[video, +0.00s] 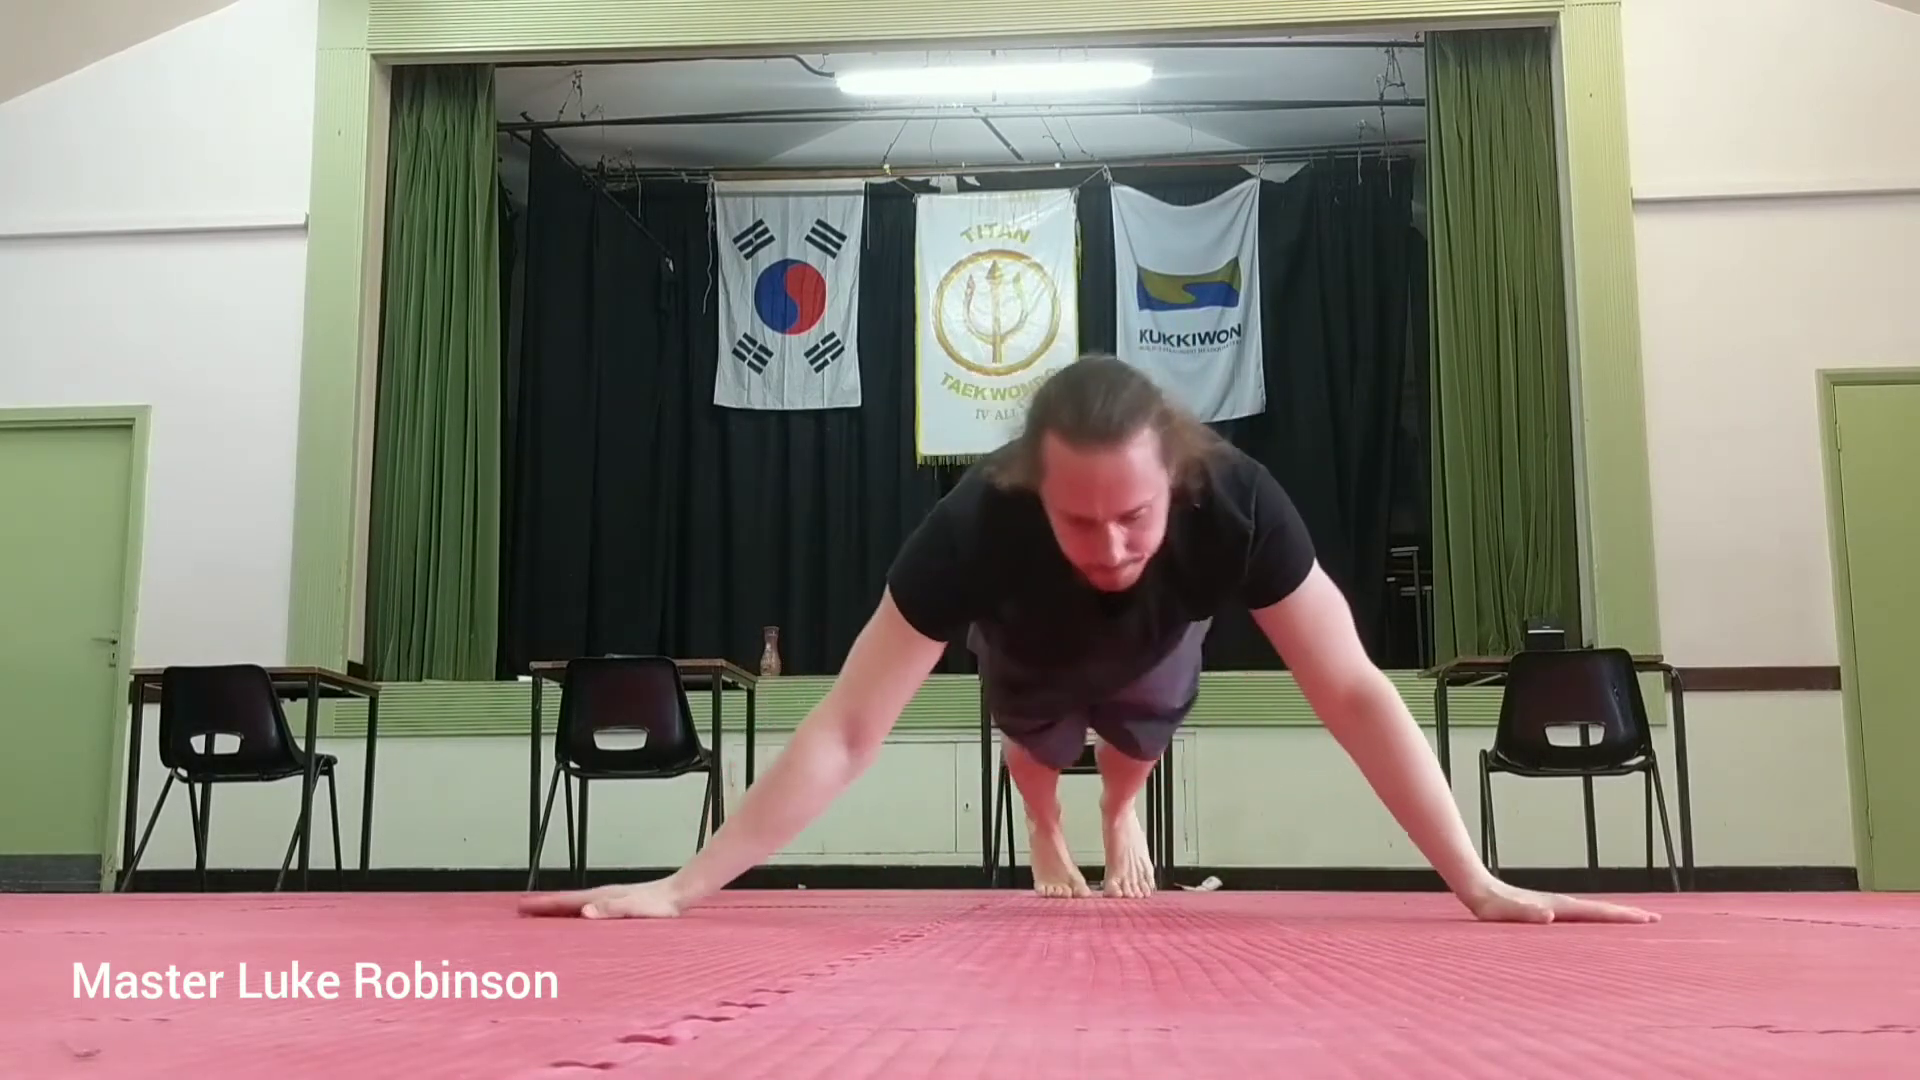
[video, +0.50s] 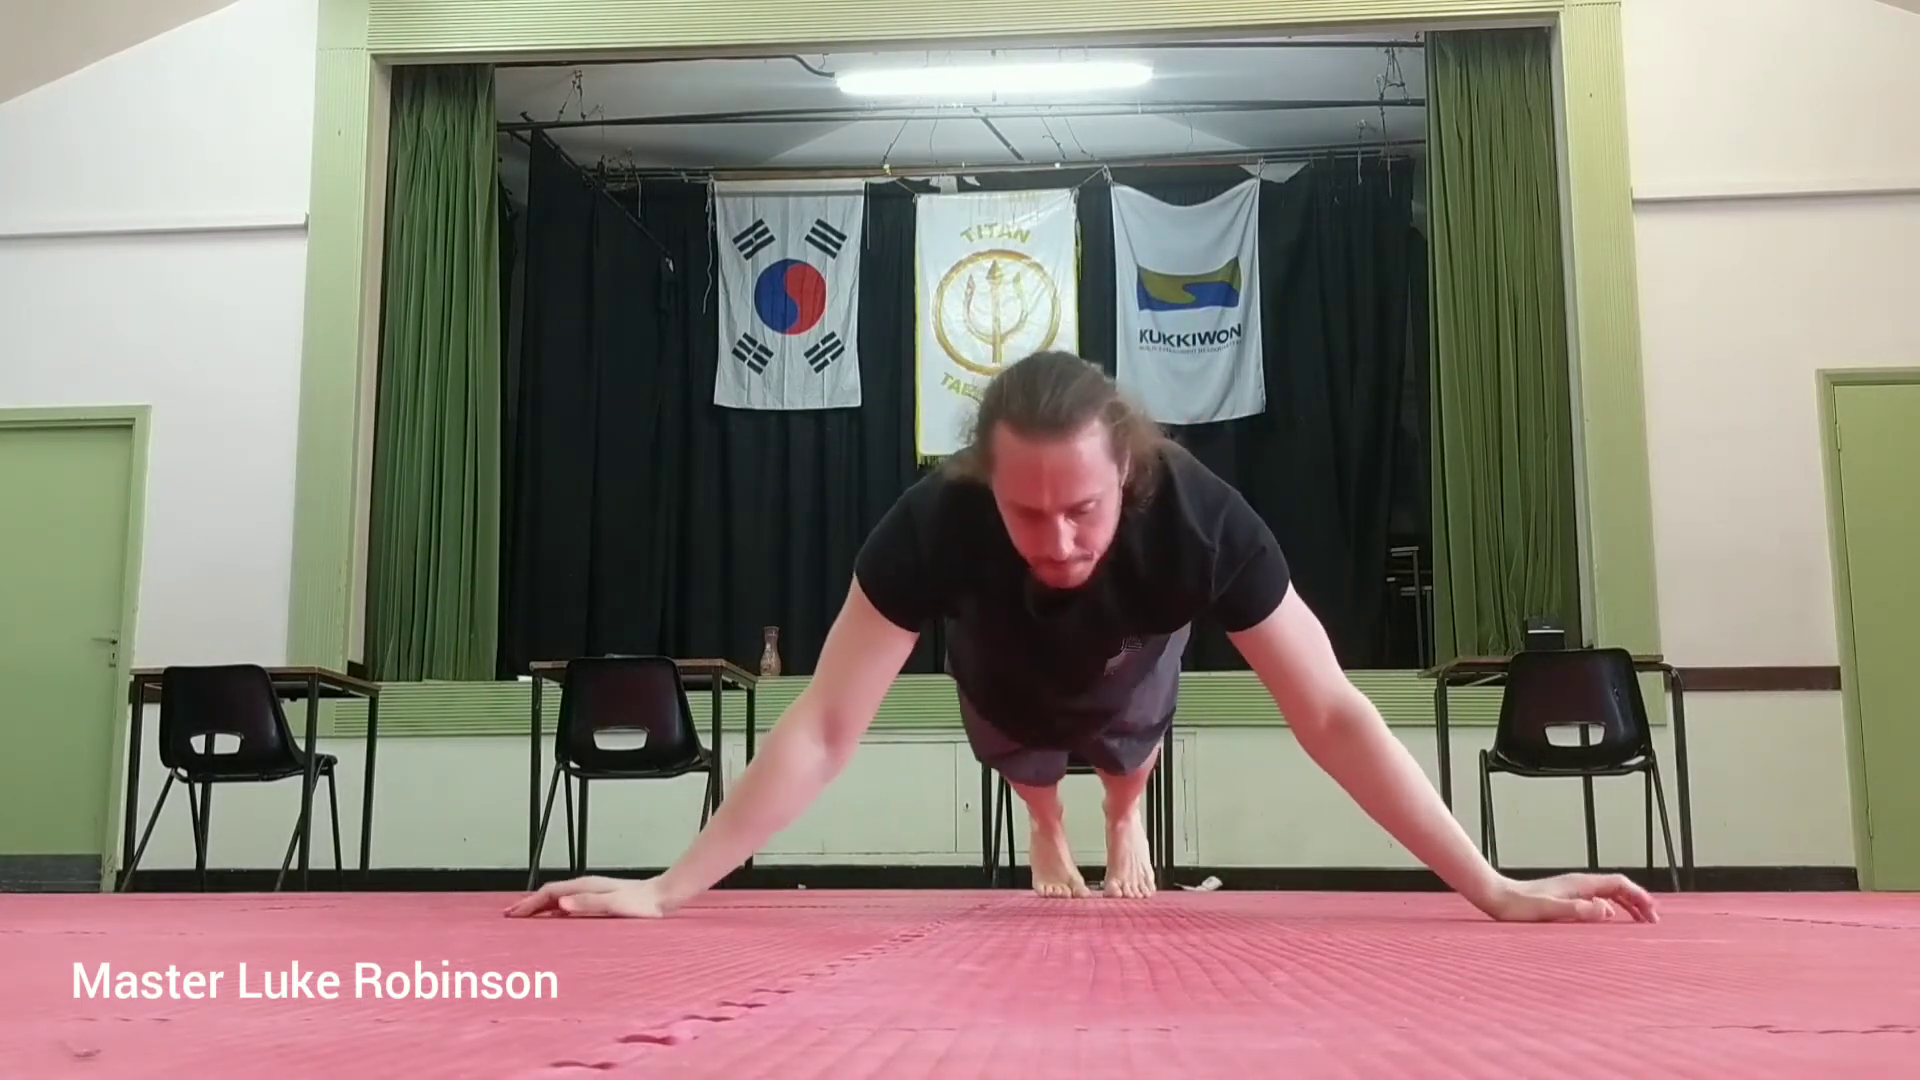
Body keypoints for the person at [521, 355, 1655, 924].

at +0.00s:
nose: (1110, 543)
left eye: (1133, 519)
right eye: (1083, 522)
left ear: (1179, 478)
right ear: (1035, 485)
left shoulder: (1236, 510)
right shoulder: (973, 536)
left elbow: (1356, 701)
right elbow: (838, 736)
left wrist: (1472, 878)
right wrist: (685, 888)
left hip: (1154, 659)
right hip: (1031, 667)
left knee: (1137, 743)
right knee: (1041, 746)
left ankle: (1124, 835)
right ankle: (1046, 839)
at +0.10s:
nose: (1116, 543)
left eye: (1141, 519)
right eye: (1090, 521)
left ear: (1185, 480)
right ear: (1041, 483)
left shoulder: (1237, 510)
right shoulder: (969, 535)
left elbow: (1359, 701)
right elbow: (825, 726)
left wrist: (1471, 879)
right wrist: (673, 886)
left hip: (1157, 666)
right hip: (1030, 668)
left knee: (1135, 748)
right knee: (1041, 736)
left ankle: (1126, 831)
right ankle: (1048, 834)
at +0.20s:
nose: (1095, 536)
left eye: (1119, 513)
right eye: (1068, 516)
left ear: (1160, 474)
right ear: (1020, 481)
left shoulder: (1222, 516)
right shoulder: (950, 524)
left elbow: (1344, 707)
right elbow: (822, 717)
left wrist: (1476, 882)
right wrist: (670, 881)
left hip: (1145, 671)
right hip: (1024, 676)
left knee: (1132, 757)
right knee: (1046, 761)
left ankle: (1130, 843)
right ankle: (1051, 851)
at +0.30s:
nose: (1066, 533)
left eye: (1088, 507)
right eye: (1037, 511)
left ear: (1132, 467)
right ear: (995, 479)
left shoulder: (1204, 523)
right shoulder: (936, 523)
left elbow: (1336, 711)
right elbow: (816, 712)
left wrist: (1483, 885)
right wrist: (666, 889)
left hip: (1134, 676)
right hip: (1013, 685)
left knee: (1129, 765)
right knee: (1039, 776)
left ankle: (1128, 847)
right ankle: (1050, 855)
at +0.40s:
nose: (1052, 536)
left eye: (1074, 509)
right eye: (1023, 512)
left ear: (1122, 469)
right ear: (981, 481)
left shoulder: (1200, 528)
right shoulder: (932, 528)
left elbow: (1334, 717)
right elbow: (816, 724)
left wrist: (1490, 888)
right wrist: (669, 890)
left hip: (1130, 688)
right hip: (1010, 699)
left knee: (1127, 767)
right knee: (1034, 778)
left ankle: (1127, 843)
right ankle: (1046, 852)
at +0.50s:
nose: (1056, 539)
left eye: (1079, 512)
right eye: (1028, 515)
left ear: (1127, 471)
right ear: (986, 483)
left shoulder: (1203, 530)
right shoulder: (935, 532)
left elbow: (1337, 719)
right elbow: (821, 730)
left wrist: (1490, 888)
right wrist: (668, 890)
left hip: (1132, 682)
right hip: (1013, 698)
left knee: (1127, 763)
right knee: (1037, 777)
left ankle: (1125, 842)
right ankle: (1046, 848)